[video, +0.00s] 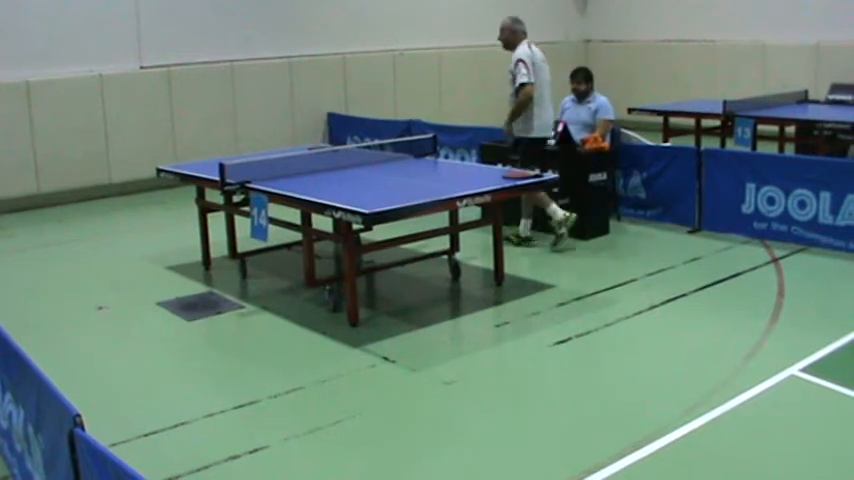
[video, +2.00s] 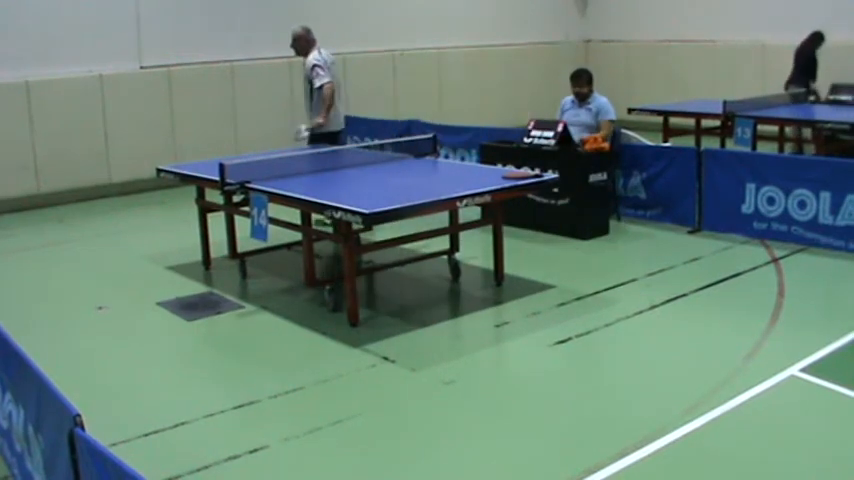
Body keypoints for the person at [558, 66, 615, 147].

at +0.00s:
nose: (574, 87)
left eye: (579, 84)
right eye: (573, 83)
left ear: (589, 85)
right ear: (570, 84)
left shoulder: (601, 103)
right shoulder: (566, 103)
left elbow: (601, 134)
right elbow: (561, 126)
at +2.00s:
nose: (577, 90)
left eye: (581, 87)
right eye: (574, 87)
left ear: (590, 87)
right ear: (571, 87)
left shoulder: (602, 103)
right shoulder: (566, 103)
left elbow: (606, 132)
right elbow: (559, 125)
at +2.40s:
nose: (574, 91)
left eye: (578, 87)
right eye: (572, 87)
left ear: (588, 87)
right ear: (568, 87)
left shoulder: (601, 104)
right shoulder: (565, 103)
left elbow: (601, 133)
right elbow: (560, 126)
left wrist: (583, 134)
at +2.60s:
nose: (571, 92)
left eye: (574, 88)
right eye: (569, 89)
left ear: (586, 87)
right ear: (566, 88)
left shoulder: (600, 103)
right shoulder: (566, 102)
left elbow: (602, 132)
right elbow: (559, 125)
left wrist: (583, 131)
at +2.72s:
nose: (569, 93)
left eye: (572, 89)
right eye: (567, 90)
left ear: (584, 88)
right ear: (565, 89)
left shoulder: (600, 103)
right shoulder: (565, 102)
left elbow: (602, 132)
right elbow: (556, 124)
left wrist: (581, 127)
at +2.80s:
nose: (568, 93)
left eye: (571, 89)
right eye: (567, 90)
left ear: (583, 87)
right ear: (565, 89)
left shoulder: (600, 102)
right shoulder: (565, 102)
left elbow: (600, 130)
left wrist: (578, 122)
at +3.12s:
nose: (563, 94)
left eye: (566, 90)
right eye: (562, 91)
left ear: (577, 88)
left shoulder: (597, 100)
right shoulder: (562, 102)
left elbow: (596, 124)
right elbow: (554, 120)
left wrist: (571, 119)